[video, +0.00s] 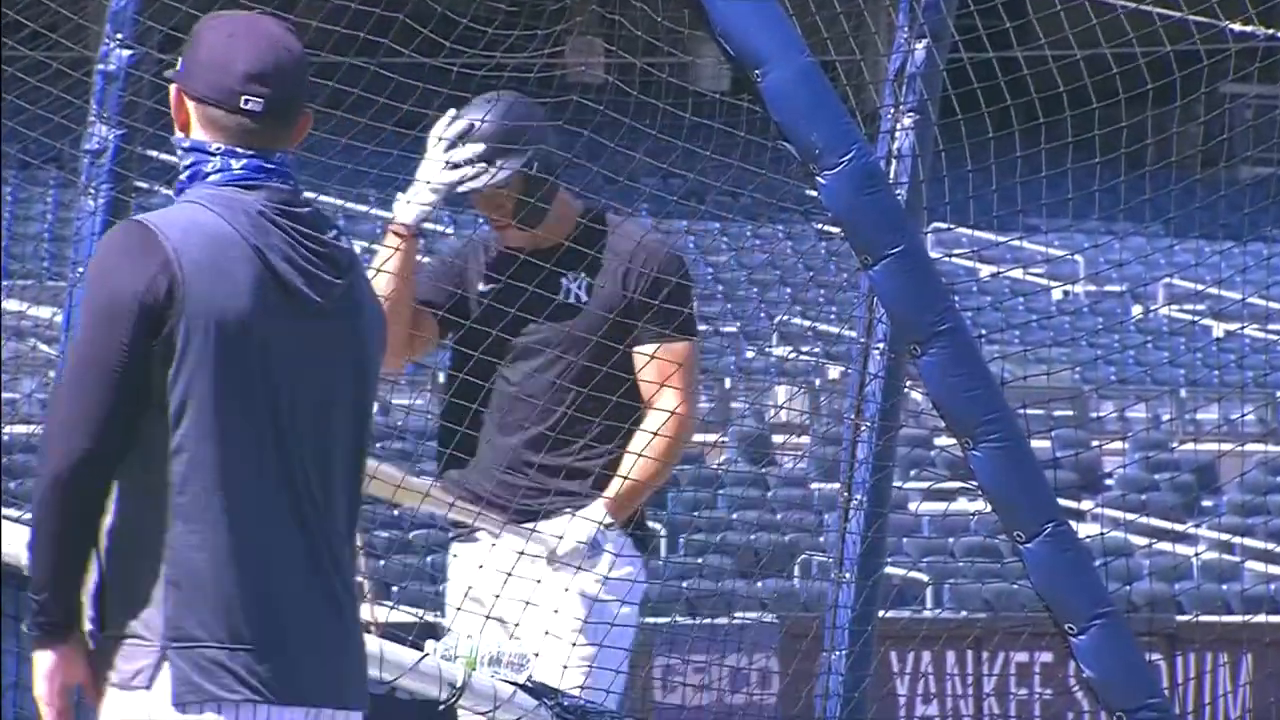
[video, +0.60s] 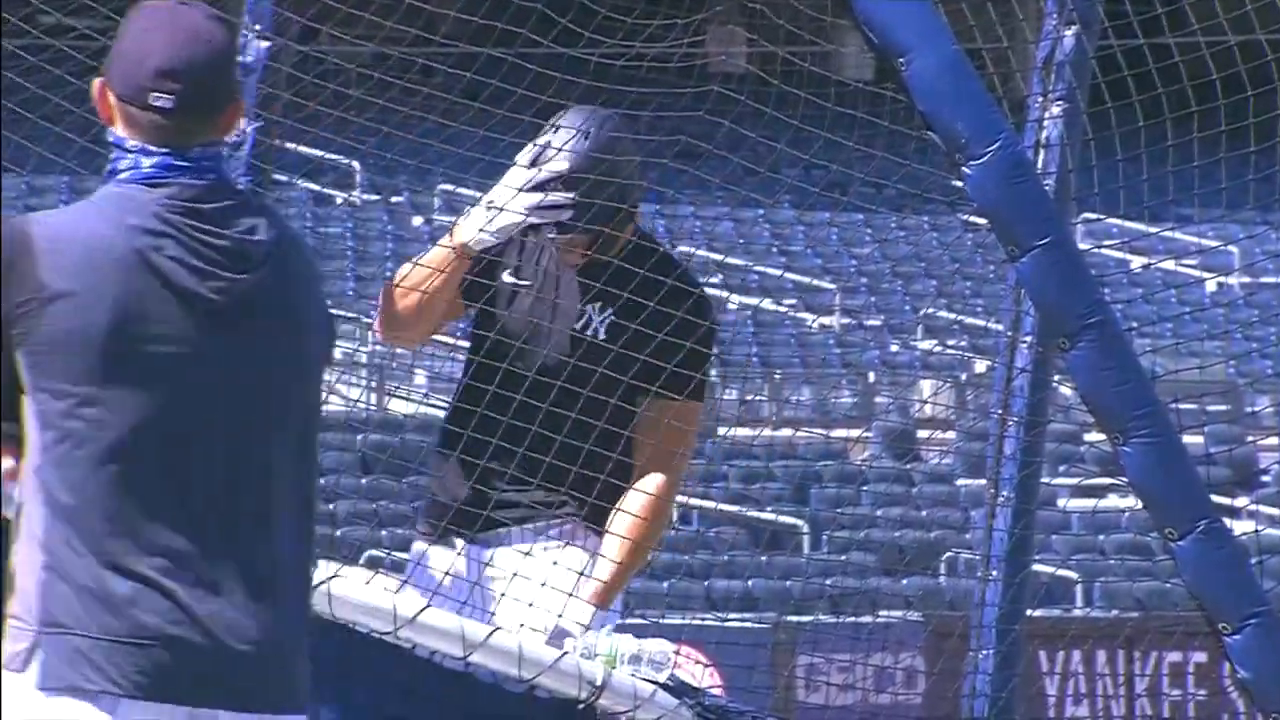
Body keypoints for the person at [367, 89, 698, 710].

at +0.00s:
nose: (490, 216)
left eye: (500, 197)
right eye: (475, 202)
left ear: (544, 175)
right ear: (460, 194)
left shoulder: (642, 259)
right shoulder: (468, 264)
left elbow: (671, 408)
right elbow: (381, 349)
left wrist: (604, 512)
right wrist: (408, 215)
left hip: (586, 547)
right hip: (480, 544)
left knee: (571, 708)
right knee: (477, 708)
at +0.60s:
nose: (562, 244)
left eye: (577, 231)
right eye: (551, 225)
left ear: (620, 216)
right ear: (530, 205)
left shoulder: (671, 299)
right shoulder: (506, 246)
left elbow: (657, 469)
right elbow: (396, 323)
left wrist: (588, 606)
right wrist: (487, 218)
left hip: (556, 542)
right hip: (451, 527)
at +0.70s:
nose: (555, 244)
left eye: (574, 233)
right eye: (545, 227)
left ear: (614, 217)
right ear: (528, 200)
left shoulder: (660, 304)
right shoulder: (482, 238)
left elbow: (639, 481)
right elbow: (381, 330)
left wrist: (581, 617)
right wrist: (475, 233)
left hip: (544, 548)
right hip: (426, 537)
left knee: (535, 702)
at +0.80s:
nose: (561, 251)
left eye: (580, 237)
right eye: (548, 228)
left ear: (613, 219)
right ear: (523, 196)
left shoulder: (643, 303)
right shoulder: (465, 224)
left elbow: (622, 468)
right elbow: (360, 344)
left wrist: (579, 613)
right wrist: (454, 266)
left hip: (534, 553)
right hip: (406, 538)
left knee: (515, 709)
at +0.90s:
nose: (547, 266)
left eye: (567, 256)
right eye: (535, 246)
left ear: (601, 234)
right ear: (510, 195)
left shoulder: (622, 315)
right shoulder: (442, 228)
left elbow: (597, 478)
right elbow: (336, 358)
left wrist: (551, 631)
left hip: (511, 556)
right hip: (379, 540)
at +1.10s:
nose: (495, 299)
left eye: (513, 288)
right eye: (486, 280)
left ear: (539, 267)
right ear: (454, 229)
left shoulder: (543, 340)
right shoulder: (349, 280)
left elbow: (534, 498)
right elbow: (261, 399)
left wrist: (514, 648)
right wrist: (324, 530)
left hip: (436, 576)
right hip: (302, 563)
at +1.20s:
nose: (444, 324)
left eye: (461, 312)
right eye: (435, 304)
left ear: (485, 293)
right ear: (400, 254)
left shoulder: (485, 363)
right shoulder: (284, 315)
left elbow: (482, 526)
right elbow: (216, 464)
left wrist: (476, 659)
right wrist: (293, 603)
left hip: (394, 610)